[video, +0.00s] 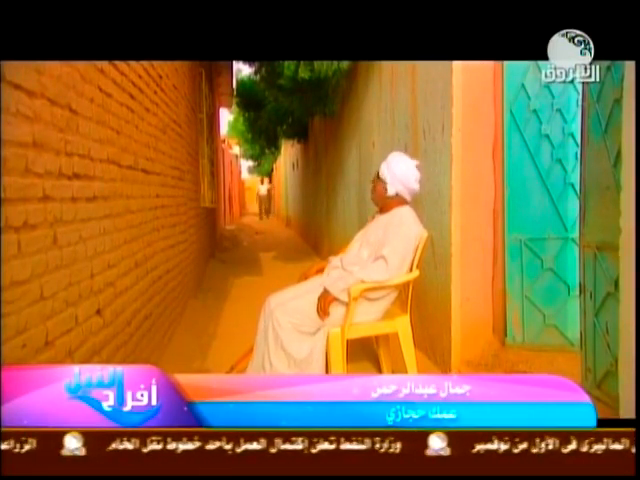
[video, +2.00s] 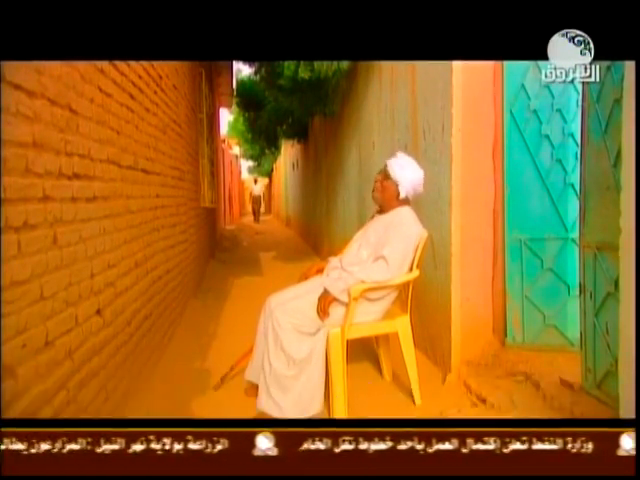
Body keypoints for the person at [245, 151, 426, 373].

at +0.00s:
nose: (372, 186)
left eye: (377, 181)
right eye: (375, 180)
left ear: (389, 188)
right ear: (391, 188)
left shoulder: (404, 222)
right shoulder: (387, 216)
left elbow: (388, 272)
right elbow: (357, 252)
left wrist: (335, 288)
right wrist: (326, 266)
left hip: (359, 297)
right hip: (341, 280)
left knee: (281, 314)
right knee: (273, 304)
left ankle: (281, 386)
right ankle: (268, 380)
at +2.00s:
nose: (376, 183)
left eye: (384, 179)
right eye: (378, 177)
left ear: (400, 189)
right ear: (387, 188)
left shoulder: (405, 223)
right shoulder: (386, 217)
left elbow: (388, 271)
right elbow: (357, 253)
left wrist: (336, 289)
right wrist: (326, 266)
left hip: (361, 298)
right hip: (342, 282)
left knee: (284, 315)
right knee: (274, 304)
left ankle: (288, 405)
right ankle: (265, 379)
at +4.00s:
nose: (385, 179)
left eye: (394, 175)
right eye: (382, 175)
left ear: (408, 187)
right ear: (377, 183)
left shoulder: (406, 223)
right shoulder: (381, 216)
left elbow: (388, 270)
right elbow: (354, 255)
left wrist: (336, 291)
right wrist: (325, 267)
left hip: (362, 300)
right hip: (341, 283)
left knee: (284, 315)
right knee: (274, 304)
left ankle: (289, 405)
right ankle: (265, 377)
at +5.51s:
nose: (356, 202)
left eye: (359, 193)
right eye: (349, 198)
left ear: (373, 190)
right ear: (345, 201)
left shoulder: (395, 218)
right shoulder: (361, 219)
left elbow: (389, 270)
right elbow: (344, 258)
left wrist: (339, 287)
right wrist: (328, 283)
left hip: (368, 299)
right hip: (342, 286)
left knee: (288, 315)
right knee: (278, 303)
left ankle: (289, 407)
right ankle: (268, 377)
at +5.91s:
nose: (335, 209)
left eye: (336, 201)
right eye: (330, 205)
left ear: (349, 194)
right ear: (330, 206)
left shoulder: (381, 217)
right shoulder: (347, 220)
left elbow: (387, 270)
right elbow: (340, 258)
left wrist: (340, 284)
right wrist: (328, 282)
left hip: (367, 299)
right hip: (340, 285)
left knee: (288, 316)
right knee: (276, 304)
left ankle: (289, 406)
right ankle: (267, 380)